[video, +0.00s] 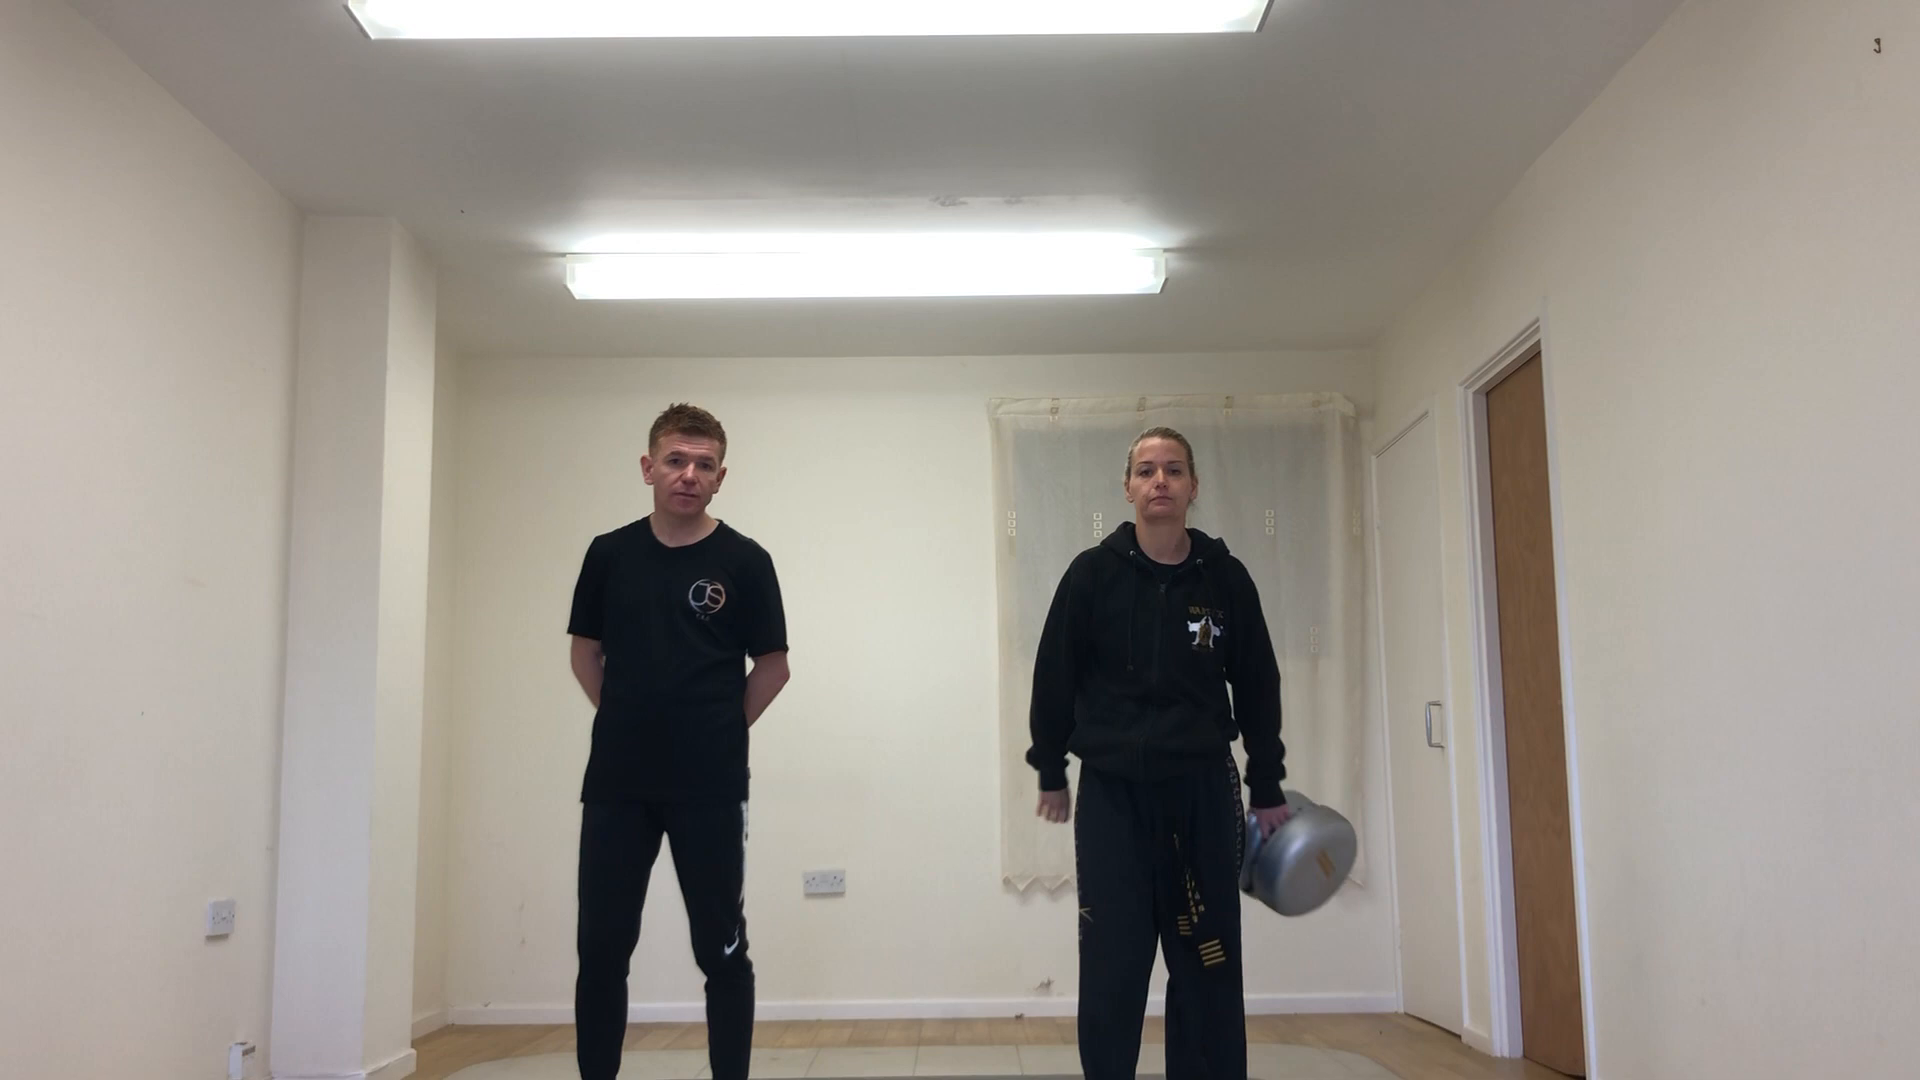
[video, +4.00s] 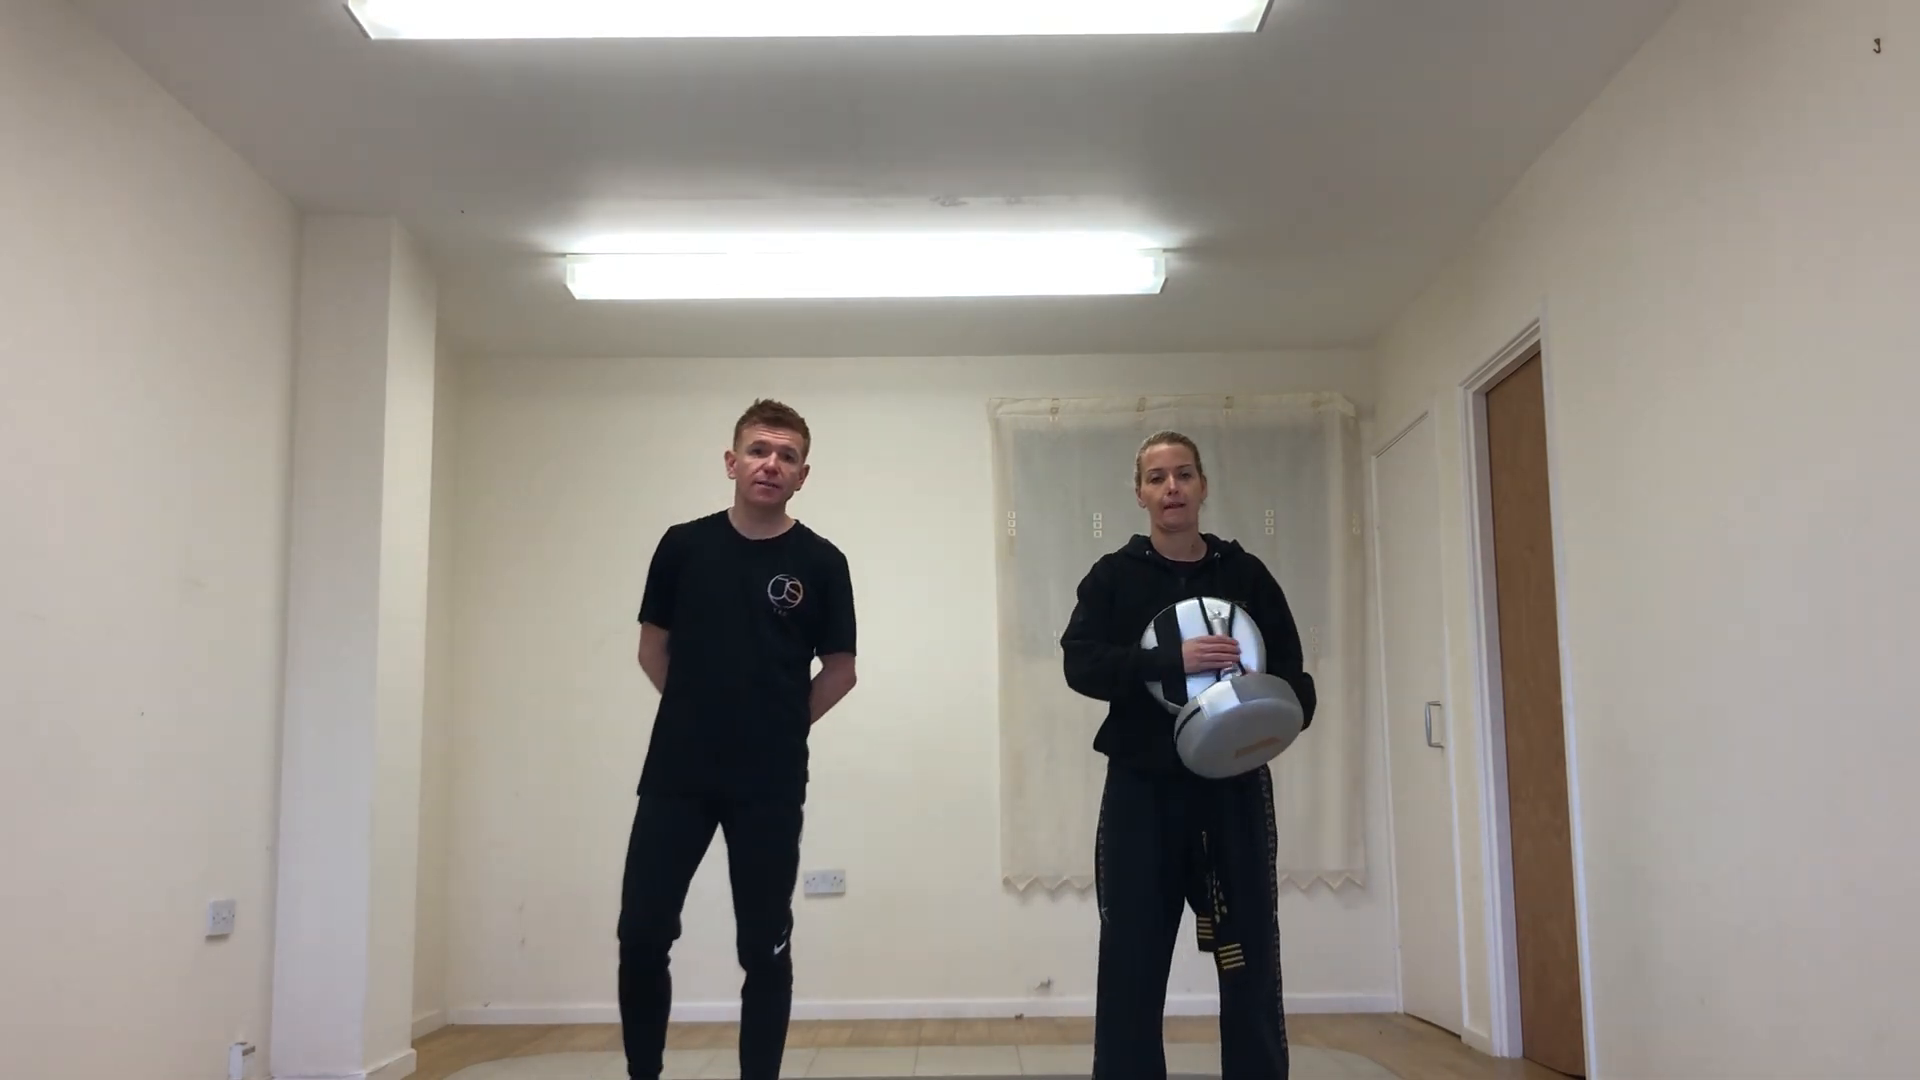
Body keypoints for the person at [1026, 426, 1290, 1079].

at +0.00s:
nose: (1159, 480)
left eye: (1172, 470)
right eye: (1145, 470)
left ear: (1192, 488)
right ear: (1128, 489)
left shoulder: (1224, 574)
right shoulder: (1092, 572)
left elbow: (1256, 678)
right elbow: (1054, 670)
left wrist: (1267, 783)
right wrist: (1050, 769)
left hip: (1203, 788)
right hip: (1112, 789)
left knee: (1208, 960)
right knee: (1113, 960)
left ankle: (1207, 1078)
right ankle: (1107, 1074)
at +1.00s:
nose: (1120, 489)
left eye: (1132, 476)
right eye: (1106, 477)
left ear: (1149, 484)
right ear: (1086, 487)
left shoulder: (1186, 570)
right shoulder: (1057, 574)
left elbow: (1223, 674)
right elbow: (1015, 675)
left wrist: (1242, 778)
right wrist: (988, 776)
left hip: (1177, 782)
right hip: (1087, 785)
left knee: (1175, 948)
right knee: (1087, 947)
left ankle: (1164, 1072)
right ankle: (1098, 1072)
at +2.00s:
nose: (1120, 510)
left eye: (1132, 496)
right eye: (1105, 499)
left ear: (1151, 504)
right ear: (1086, 509)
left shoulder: (1189, 588)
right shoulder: (1055, 592)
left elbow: (1213, 691)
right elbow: (1034, 696)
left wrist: (1220, 789)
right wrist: (1036, 793)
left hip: (1173, 800)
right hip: (1081, 804)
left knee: (1177, 966)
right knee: (1087, 969)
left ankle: (1169, 1072)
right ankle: (1102, 1072)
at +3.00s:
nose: (1104, 481)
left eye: (1116, 470)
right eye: (1090, 473)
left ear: (1136, 486)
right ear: (1073, 492)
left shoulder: (1175, 573)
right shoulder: (1045, 579)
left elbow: (1209, 672)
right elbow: (1029, 689)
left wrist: (1213, 729)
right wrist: (1064, 732)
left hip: (1175, 788)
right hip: (1087, 792)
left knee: (1191, 952)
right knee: (1092, 959)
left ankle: (1200, 1073)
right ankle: (1101, 1077)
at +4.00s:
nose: (1171, 486)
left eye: (1183, 474)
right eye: (1157, 477)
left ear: (1203, 487)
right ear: (1140, 494)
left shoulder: (1246, 572)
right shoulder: (1113, 575)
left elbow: (1292, 677)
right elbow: (1080, 666)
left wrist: (1272, 717)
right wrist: (1171, 659)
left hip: (1236, 789)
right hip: (1142, 790)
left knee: (1251, 972)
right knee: (1131, 975)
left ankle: (1257, 1078)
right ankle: (1128, 1079)